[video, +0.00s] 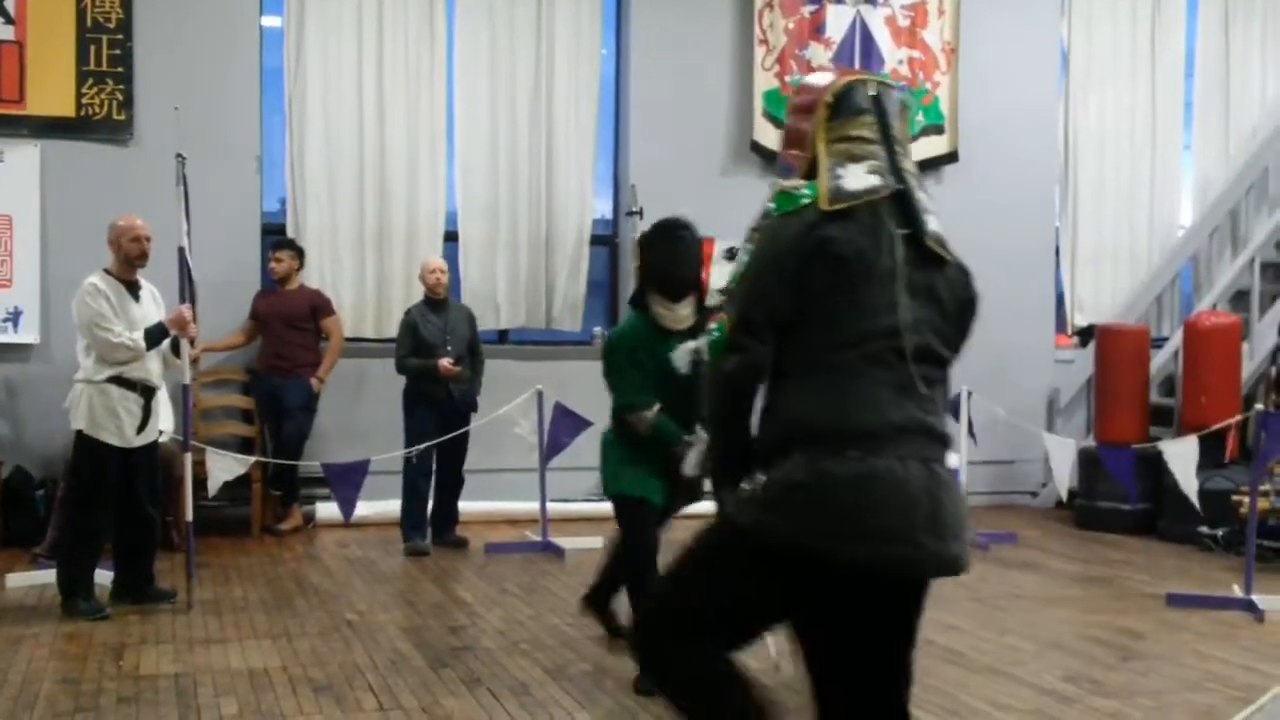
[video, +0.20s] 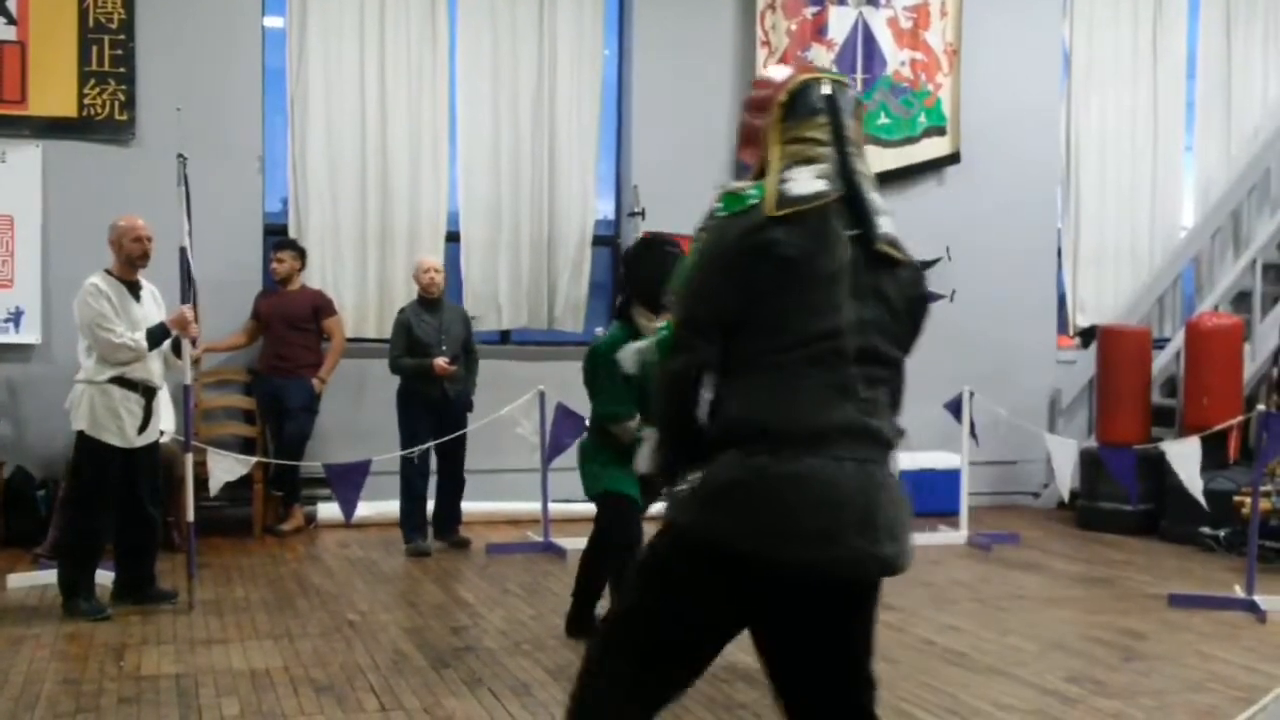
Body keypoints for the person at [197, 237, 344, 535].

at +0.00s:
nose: (273, 265)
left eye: (280, 260)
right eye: (272, 260)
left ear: (297, 264)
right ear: (270, 264)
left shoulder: (315, 299)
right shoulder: (263, 299)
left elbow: (336, 338)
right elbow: (245, 336)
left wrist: (320, 377)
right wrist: (205, 347)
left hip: (300, 382)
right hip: (267, 380)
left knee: (289, 445)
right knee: (275, 445)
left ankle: (289, 510)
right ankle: (288, 510)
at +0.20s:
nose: (274, 266)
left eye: (281, 261)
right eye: (273, 261)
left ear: (299, 265)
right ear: (272, 264)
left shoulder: (316, 299)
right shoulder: (265, 300)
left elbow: (338, 339)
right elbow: (246, 336)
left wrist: (322, 378)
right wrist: (207, 348)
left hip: (302, 382)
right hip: (268, 381)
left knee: (291, 446)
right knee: (277, 446)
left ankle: (289, 509)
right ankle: (292, 510)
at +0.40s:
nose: (276, 265)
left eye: (282, 260)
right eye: (274, 260)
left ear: (300, 264)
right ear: (273, 263)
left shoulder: (317, 298)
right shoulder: (266, 299)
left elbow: (339, 338)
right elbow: (248, 336)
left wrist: (323, 377)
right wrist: (207, 347)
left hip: (303, 382)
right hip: (269, 380)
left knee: (292, 445)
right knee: (278, 445)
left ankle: (293, 509)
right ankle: (293, 509)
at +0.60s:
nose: (273, 265)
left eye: (280, 260)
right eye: (272, 260)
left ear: (297, 264)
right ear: (271, 264)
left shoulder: (314, 299)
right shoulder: (264, 299)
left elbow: (336, 339)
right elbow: (244, 336)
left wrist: (319, 377)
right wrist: (204, 348)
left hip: (298, 382)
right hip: (265, 380)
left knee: (287, 445)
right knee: (272, 446)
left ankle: (287, 510)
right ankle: (286, 510)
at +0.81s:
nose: (252, 265)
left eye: (258, 260)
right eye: (250, 260)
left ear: (276, 263)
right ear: (248, 264)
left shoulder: (293, 298)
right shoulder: (244, 299)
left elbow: (316, 338)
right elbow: (224, 336)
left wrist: (300, 377)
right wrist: (183, 348)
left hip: (279, 381)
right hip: (246, 380)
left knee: (269, 446)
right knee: (252, 446)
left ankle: (272, 510)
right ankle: (267, 509)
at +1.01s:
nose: (245, 266)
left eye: (251, 261)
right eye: (243, 261)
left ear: (269, 263)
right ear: (242, 265)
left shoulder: (287, 299)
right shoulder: (236, 299)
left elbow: (310, 339)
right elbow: (217, 337)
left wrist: (293, 377)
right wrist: (176, 348)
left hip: (273, 382)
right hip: (239, 380)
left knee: (263, 446)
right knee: (248, 446)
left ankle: (265, 510)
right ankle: (263, 510)